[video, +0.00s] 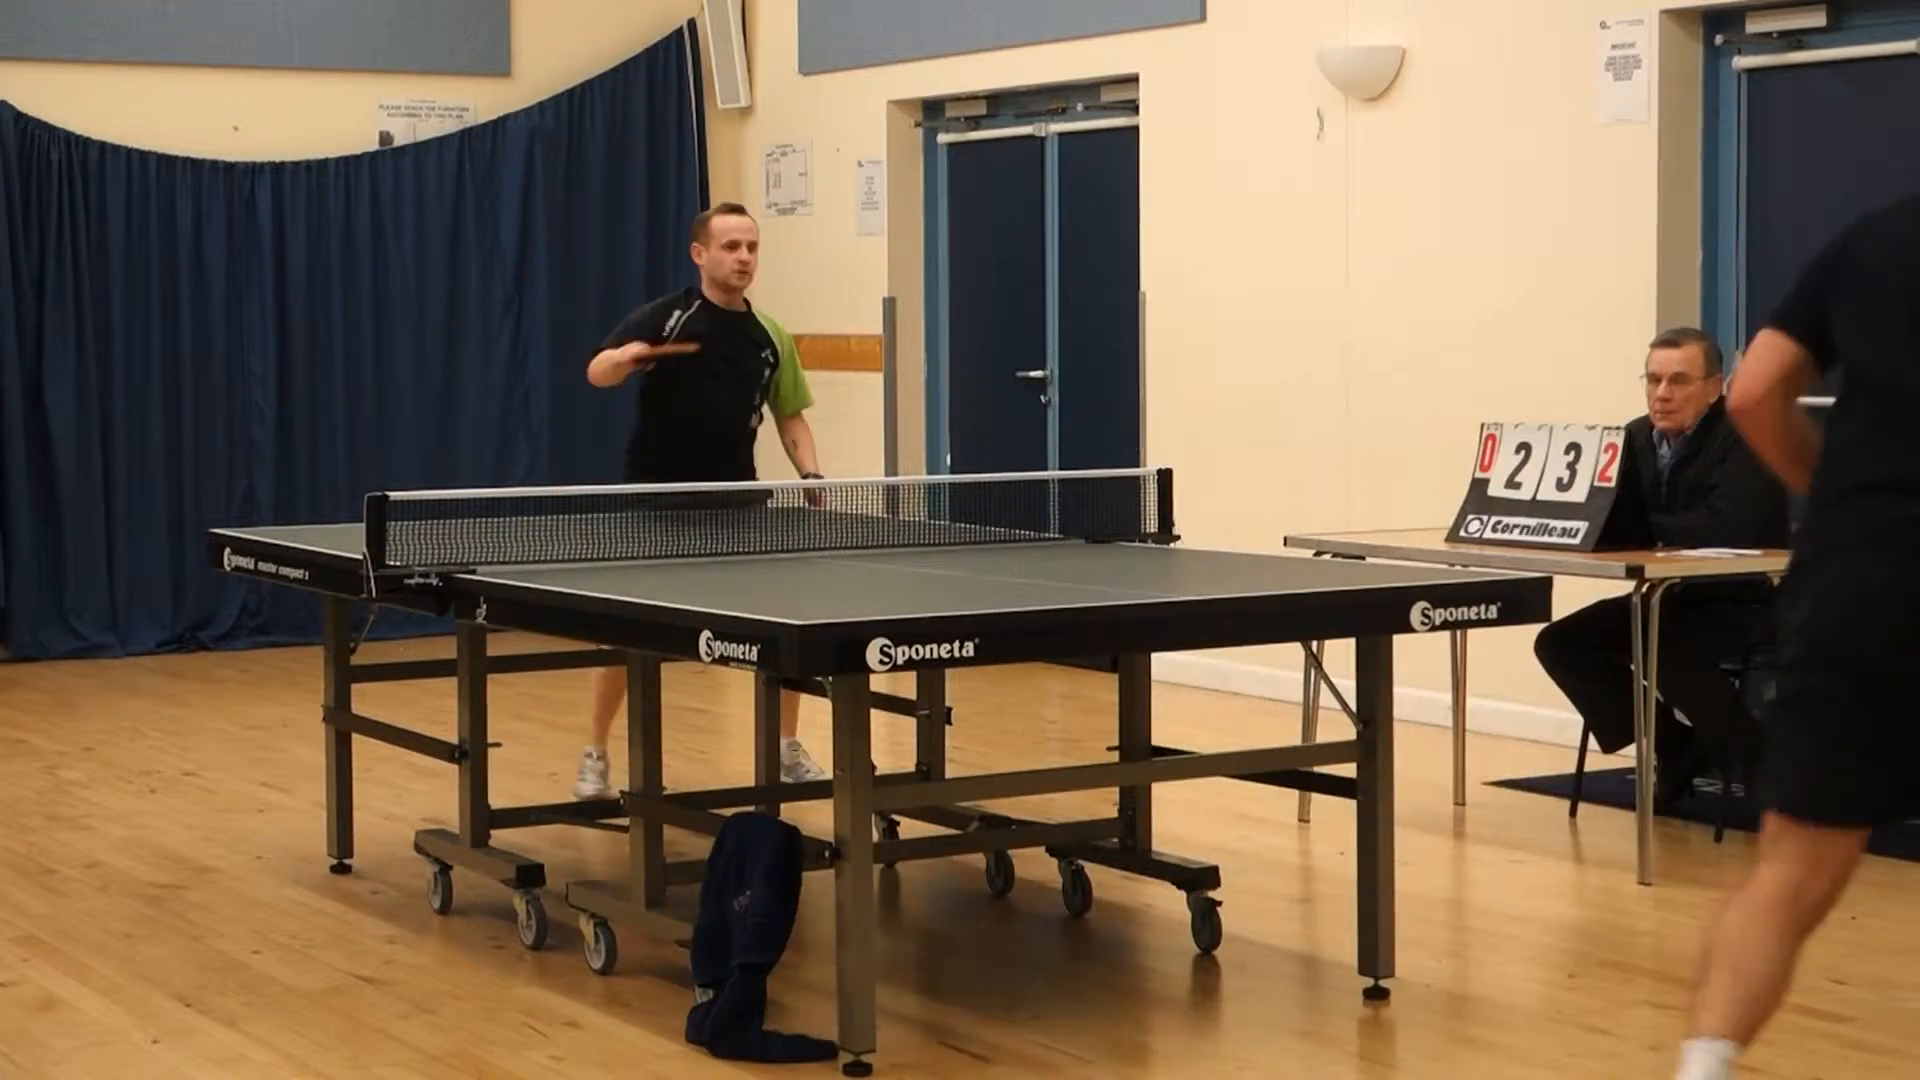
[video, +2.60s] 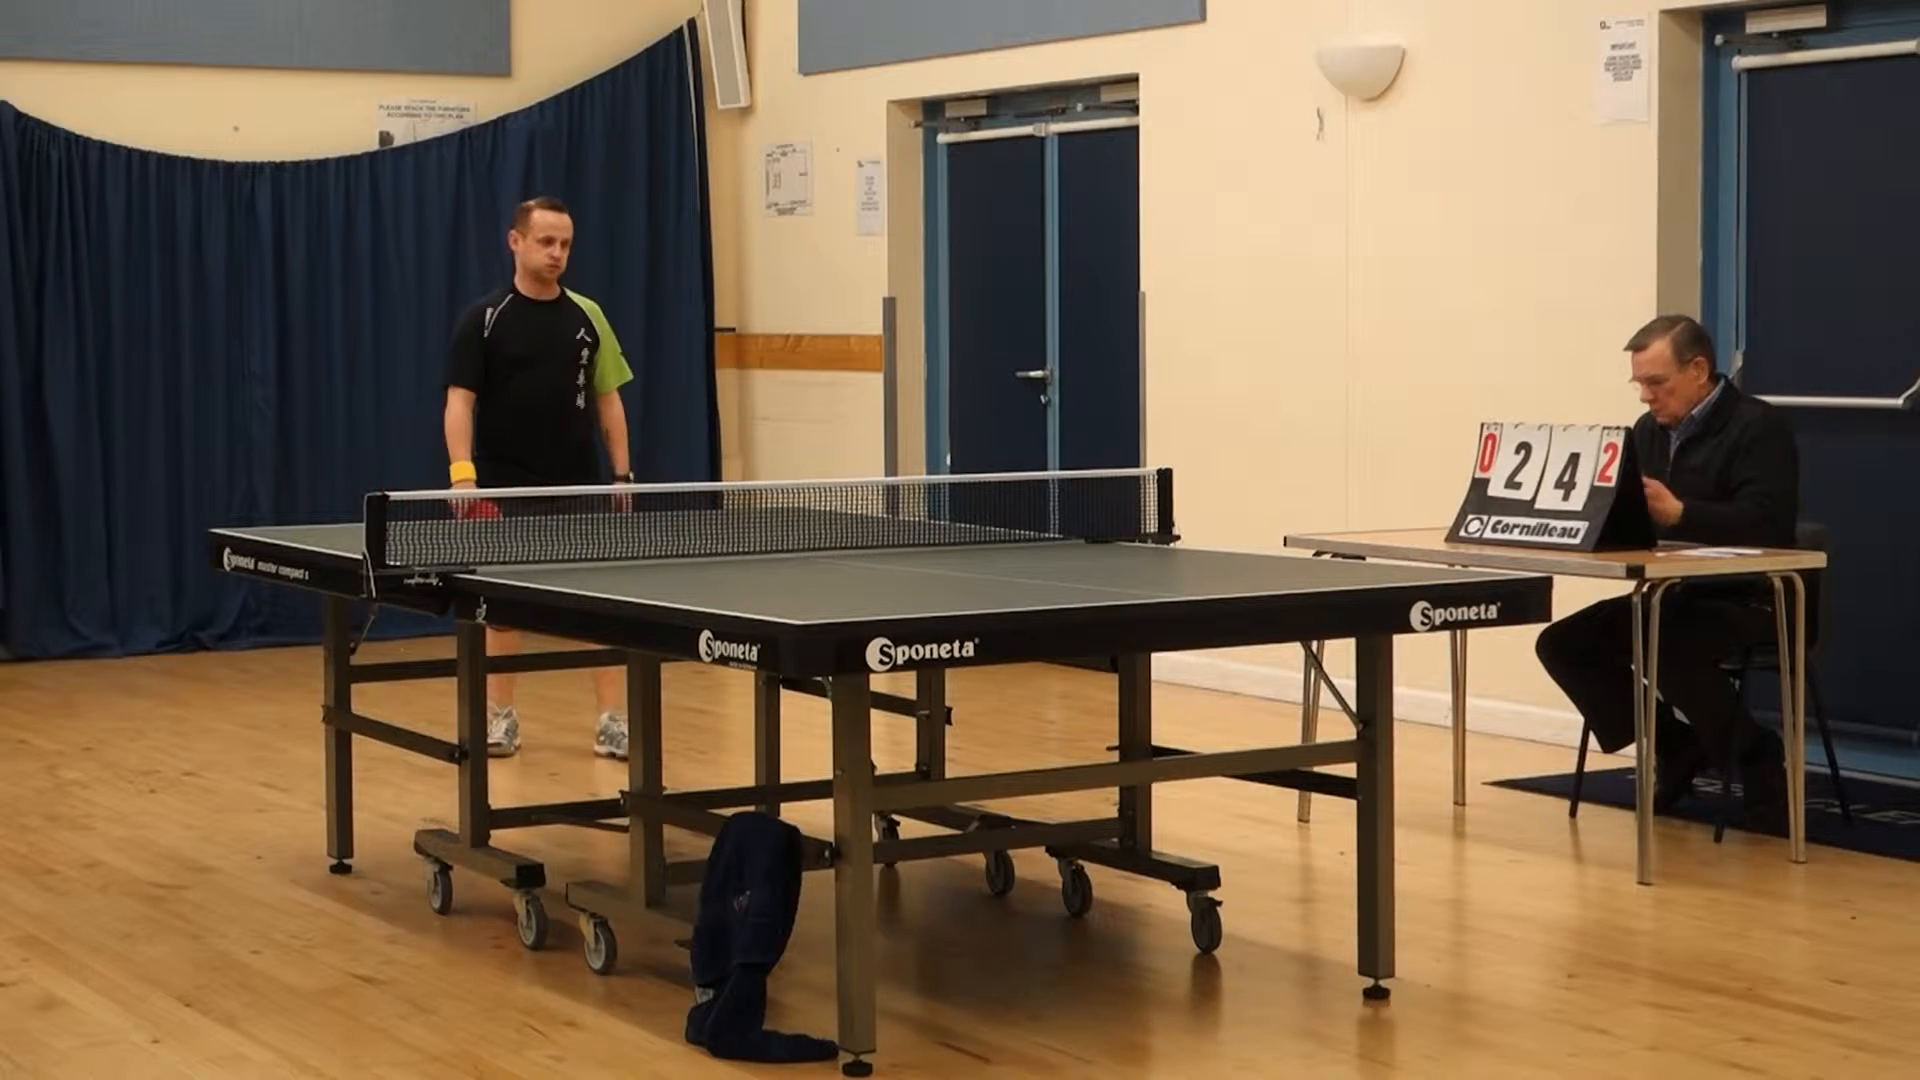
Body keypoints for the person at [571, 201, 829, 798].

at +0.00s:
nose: (745, 257)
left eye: (752, 246)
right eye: (731, 246)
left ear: (759, 254)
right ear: (699, 253)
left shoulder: (771, 337)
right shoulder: (659, 319)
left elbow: (791, 416)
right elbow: (597, 374)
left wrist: (812, 475)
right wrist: (628, 357)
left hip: (736, 506)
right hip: (656, 506)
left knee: (791, 617)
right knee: (629, 630)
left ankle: (785, 747)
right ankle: (596, 751)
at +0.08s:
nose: (716, 254)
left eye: (723, 244)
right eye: (703, 243)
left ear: (731, 252)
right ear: (671, 251)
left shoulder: (746, 333)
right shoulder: (639, 320)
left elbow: (792, 403)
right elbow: (582, 376)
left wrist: (808, 467)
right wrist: (575, 409)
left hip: (720, 510)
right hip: (638, 510)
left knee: (778, 616)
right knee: (598, 625)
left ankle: (783, 748)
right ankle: (557, 732)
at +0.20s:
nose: (671, 269)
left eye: (678, 260)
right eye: (658, 258)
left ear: (684, 269)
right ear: (626, 264)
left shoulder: (704, 346)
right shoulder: (593, 343)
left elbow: (753, 411)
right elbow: (547, 418)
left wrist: (787, 473)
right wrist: (519, 485)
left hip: (687, 523)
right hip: (602, 523)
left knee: (745, 629)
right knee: (564, 630)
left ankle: (775, 745)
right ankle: (537, 738)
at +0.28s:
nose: (642, 263)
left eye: (650, 253)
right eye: (629, 252)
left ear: (657, 263)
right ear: (598, 259)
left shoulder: (676, 339)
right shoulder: (562, 343)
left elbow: (708, 417)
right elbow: (527, 429)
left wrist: (739, 475)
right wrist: (502, 508)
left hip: (660, 518)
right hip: (578, 519)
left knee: (719, 623)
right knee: (550, 627)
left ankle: (770, 746)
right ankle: (533, 738)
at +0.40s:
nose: (613, 245)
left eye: (620, 236)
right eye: (600, 234)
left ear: (627, 245)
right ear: (569, 241)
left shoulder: (650, 319)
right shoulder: (536, 322)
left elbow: (662, 406)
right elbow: (508, 414)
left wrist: (659, 476)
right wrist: (496, 488)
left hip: (633, 500)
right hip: (552, 503)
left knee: (684, 614)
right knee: (541, 624)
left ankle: (713, 736)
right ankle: (533, 739)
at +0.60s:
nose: (595, 239)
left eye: (603, 232)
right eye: (583, 228)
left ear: (611, 242)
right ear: (553, 234)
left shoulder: (631, 313)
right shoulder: (522, 316)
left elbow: (650, 395)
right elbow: (486, 400)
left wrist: (616, 455)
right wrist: (465, 475)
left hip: (615, 492)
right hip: (537, 494)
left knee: (645, 606)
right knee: (535, 616)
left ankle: (627, 706)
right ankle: (531, 735)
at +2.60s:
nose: (558, 253)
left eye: (565, 244)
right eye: (547, 242)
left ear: (570, 248)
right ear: (516, 242)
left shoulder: (587, 315)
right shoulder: (482, 319)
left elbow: (608, 399)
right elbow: (459, 403)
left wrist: (622, 473)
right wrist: (464, 480)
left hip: (580, 490)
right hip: (503, 495)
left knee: (604, 606)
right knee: (500, 607)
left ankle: (612, 717)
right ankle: (500, 713)